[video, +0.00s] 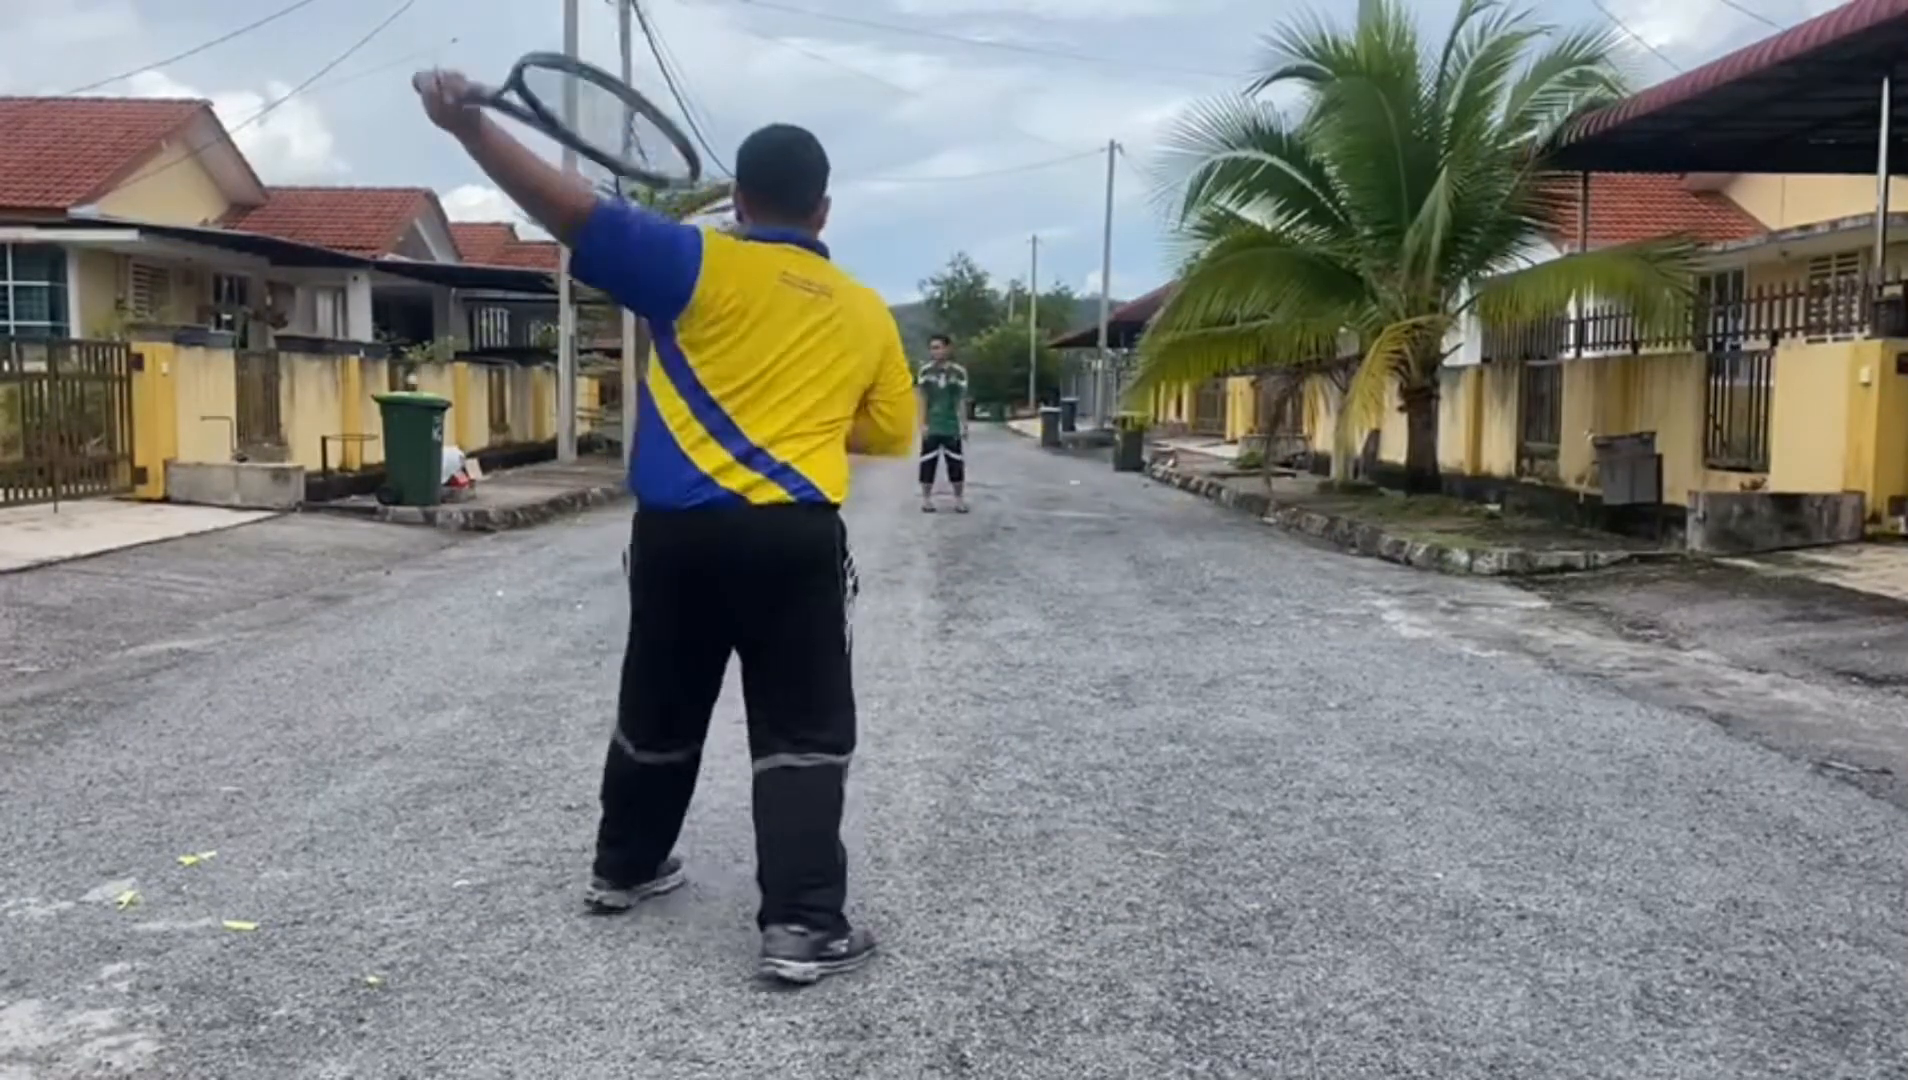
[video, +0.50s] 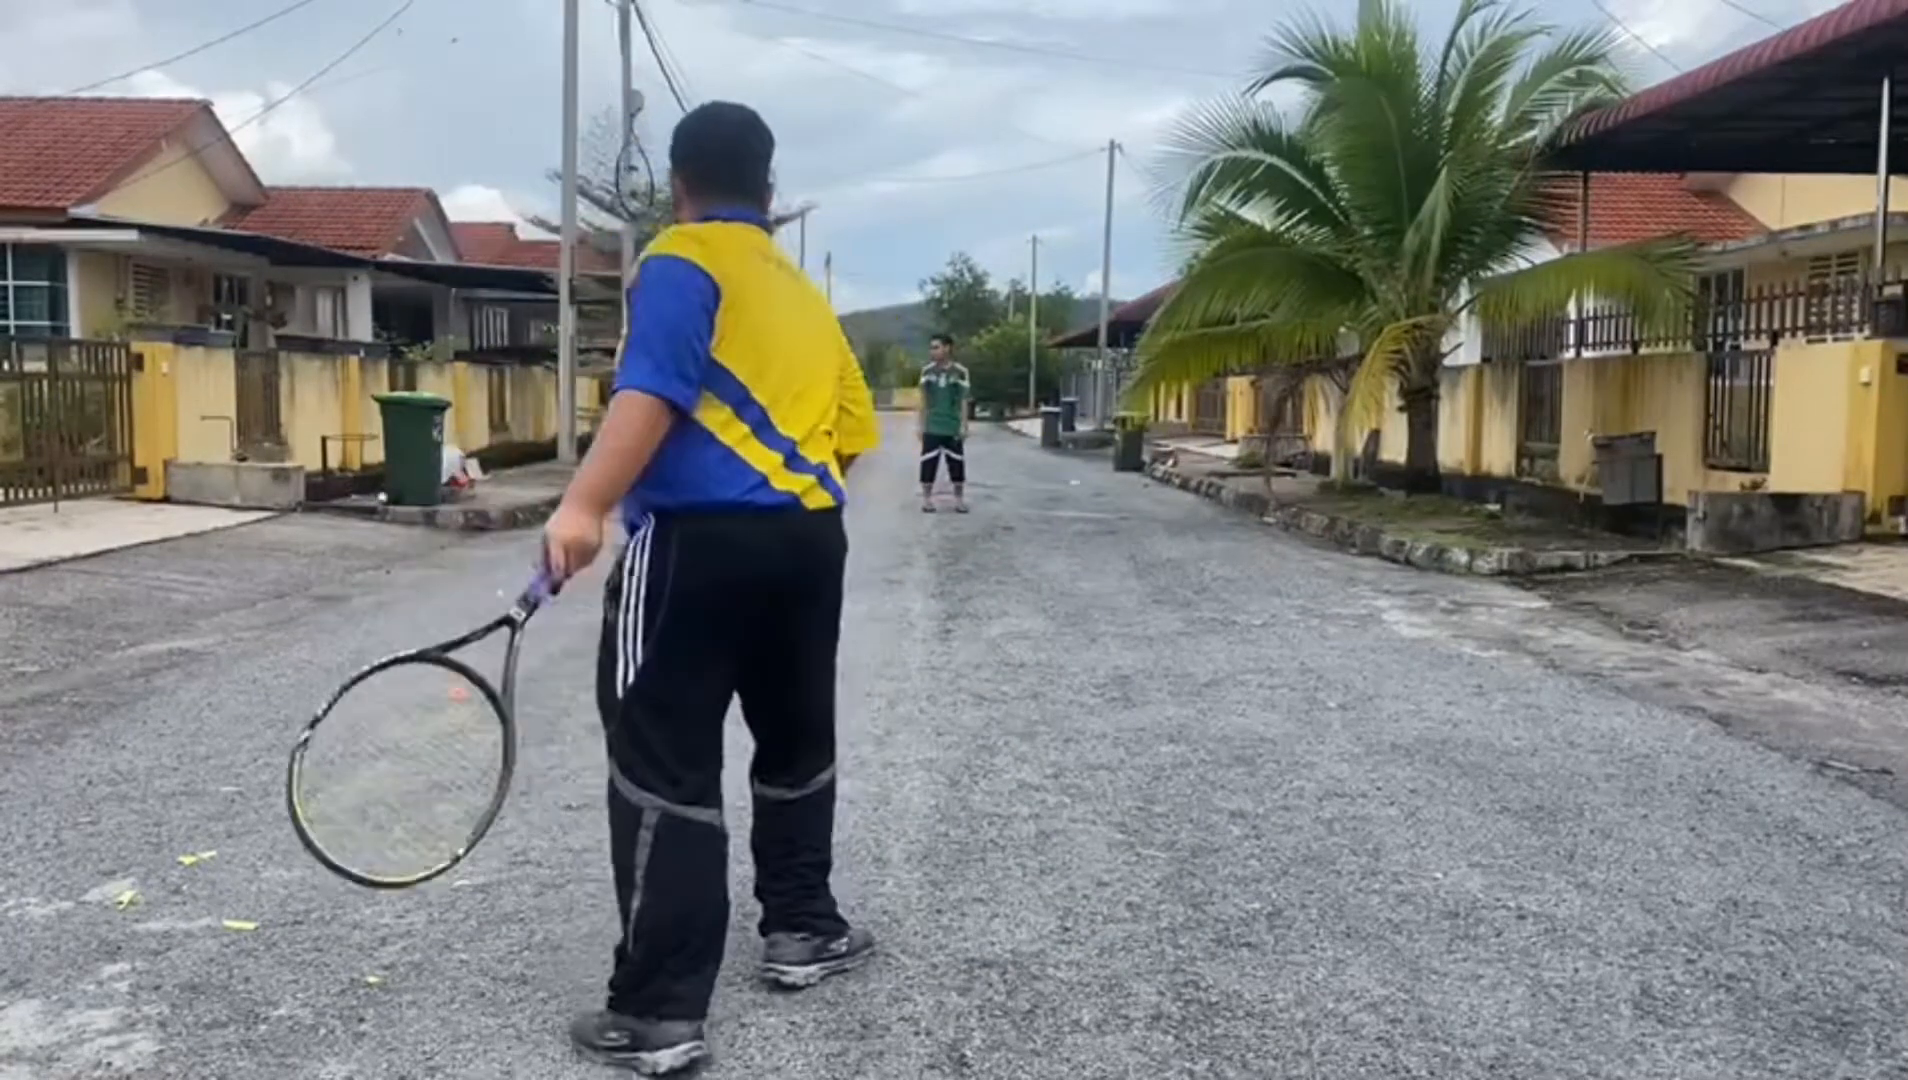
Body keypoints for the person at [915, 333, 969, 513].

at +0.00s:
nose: (935, 352)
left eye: (938, 347)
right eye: (932, 348)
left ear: (948, 349)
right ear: (929, 351)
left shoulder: (958, 372)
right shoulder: (925, 371)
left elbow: (961, 401)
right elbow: (922, 398)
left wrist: (964, 424)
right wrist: (922, 423)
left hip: (952, 424)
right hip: (932, 424)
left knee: (956, 464)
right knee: (927, 463)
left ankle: (959, 498)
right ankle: (926, 498)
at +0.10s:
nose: (933, 352)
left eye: (937, 348)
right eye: (931, 348)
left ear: (947, 349)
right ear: (929, 351)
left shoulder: (960, 372)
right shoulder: (926, 371)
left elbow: (963, 401)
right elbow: (922, 400)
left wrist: (964, 425)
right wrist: (921, 425)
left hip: (952, 426)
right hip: (931, 426)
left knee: (956, 466)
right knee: (928, 465)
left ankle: (959, 498)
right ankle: (926, 498)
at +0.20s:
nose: (933, 352)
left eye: (937, 348)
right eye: (931, 348)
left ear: (948, 349)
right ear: (929, 351)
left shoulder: (960, 372)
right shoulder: (926, 371)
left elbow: (964, 401)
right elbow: (921, 401)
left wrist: (964, 424)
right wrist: (917, 425)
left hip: (953, 425)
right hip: (932, 425)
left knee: (957, 465)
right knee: (928, 464)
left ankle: (959, 498)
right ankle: (927, 498)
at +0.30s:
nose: (932, 352)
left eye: (936, 348)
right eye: (931, 348)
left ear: (947, 349)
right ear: (930, 351)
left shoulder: (960, 372)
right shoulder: (927, 371)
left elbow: (964, 401)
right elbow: (922, 401)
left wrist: (964, 425)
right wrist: (917, 424)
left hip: (953, 426)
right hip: (932, 425)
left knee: (957, 465)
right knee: (928, 464)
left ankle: (959, 498)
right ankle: (927, 498)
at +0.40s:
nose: (933, 352)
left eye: (936, 348)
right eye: (931, 348)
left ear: (947, 349)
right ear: (930, 351)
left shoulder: (961, 372)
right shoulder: (927, 371)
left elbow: (963, 401)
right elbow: (923, 401)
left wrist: (964, 425)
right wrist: (918, 424)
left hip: (953, 426)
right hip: (932, 425)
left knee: (957, 465)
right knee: (928, 464)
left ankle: (959, 498)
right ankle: (927, 498)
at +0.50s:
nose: (933, 352)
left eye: (937, 347)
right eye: (931, 348)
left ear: (947, 348)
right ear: (930, 351)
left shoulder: (960, 372)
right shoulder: (927, 371)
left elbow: (964, 401)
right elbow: (923, 401)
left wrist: (964, 425)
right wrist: (921, 426)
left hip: (953, 426)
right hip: (931, 426)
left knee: (957, 465)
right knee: (928, 465)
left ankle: (959, 498)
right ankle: (927, 498)